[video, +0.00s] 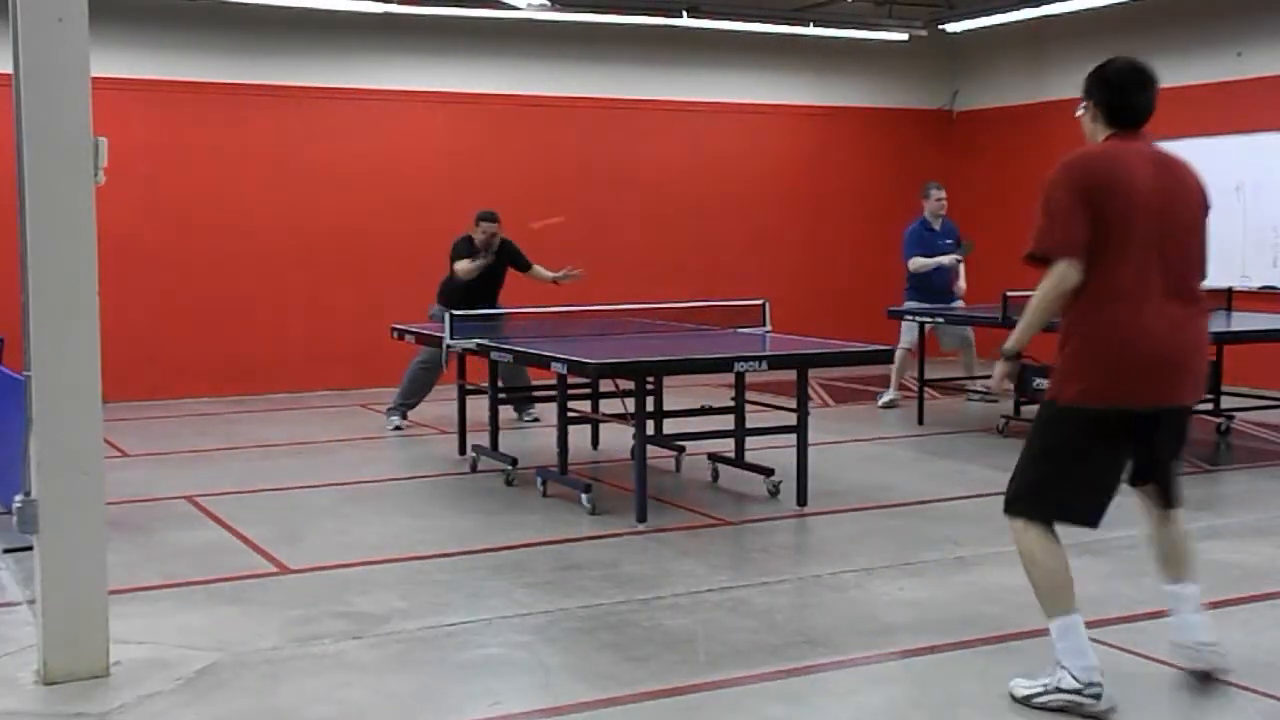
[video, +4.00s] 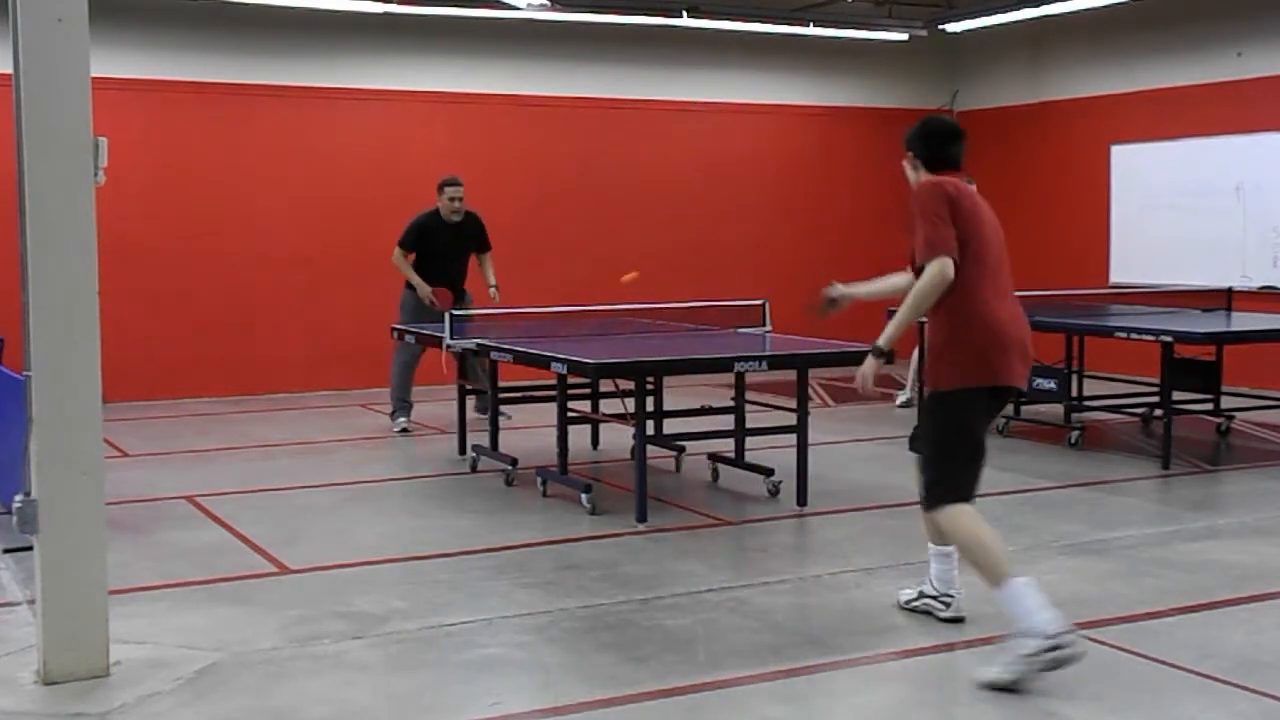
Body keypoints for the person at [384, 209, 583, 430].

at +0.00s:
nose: (489, 239)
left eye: (494, 235)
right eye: (485, 234)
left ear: (499, 233)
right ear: (475, 230)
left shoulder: (505, 248)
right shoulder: (462, 245)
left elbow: (529, 268)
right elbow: (460, 271)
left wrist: (553, 277)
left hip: (486, 317)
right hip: (449, 316)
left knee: (508, 355)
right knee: (430, 357)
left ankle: (524, 407)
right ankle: (398, 409)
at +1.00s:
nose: (486, 181)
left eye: (489, 176)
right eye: (479, 177)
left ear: (494, 178)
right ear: (468, 180)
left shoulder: (505, 209)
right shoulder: (455, 208)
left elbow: (521, 245)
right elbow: (441, 244)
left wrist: (538, 280)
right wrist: (449, 278)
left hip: (497, 290)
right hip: (464, 289)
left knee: (495, 351)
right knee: (459, 350)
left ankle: (492, 405)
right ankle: (453, 407)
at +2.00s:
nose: (460, 183)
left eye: (463, 178)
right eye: (454, 178)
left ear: (467, 179)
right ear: (441, 179)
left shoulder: (475, 207)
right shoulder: (425, 210)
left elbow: (485, 243)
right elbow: (414, 249)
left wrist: (499, 276)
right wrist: (424, 286)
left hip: (469, 292)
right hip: (434, 294)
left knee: (483, 347)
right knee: (433, 352)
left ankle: (485, 403)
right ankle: (429, 412)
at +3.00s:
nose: (493, 240)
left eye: (496, 234)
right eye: (488, 234)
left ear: (498, 229)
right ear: (473, 228)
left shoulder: (473, 232)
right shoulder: (459, 245)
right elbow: (489, 264)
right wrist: (521, 272)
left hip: (452, 302)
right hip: (427, 303)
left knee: (459, 354)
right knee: (438, 361)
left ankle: (457, 406)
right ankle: (453, 416)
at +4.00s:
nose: (457, 205)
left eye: (460, 199)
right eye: (451, 199)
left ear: (465, 200)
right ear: (439, 200)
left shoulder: (473, 223)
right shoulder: (423, 224)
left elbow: (483, 255)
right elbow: (398, 256)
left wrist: (492, 284)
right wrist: (419, 285)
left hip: (457, 298)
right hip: (420, 297)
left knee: (473, 349)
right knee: (408, 351)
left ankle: (485, 402)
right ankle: (400, 411)